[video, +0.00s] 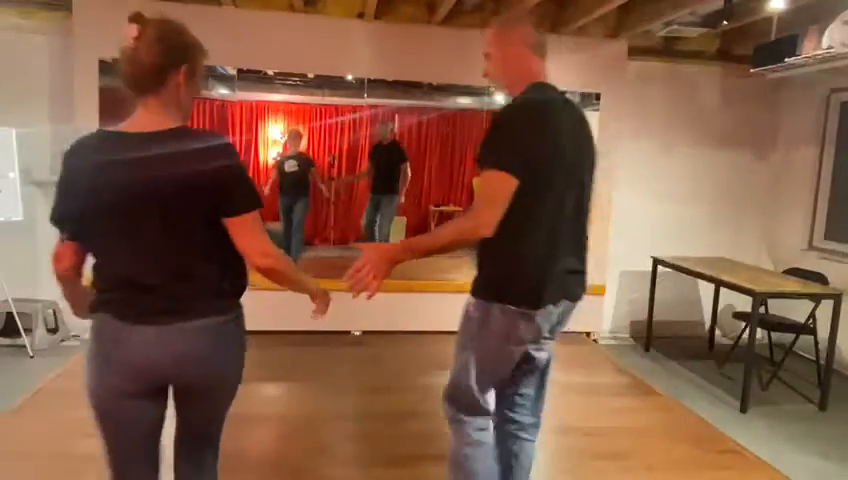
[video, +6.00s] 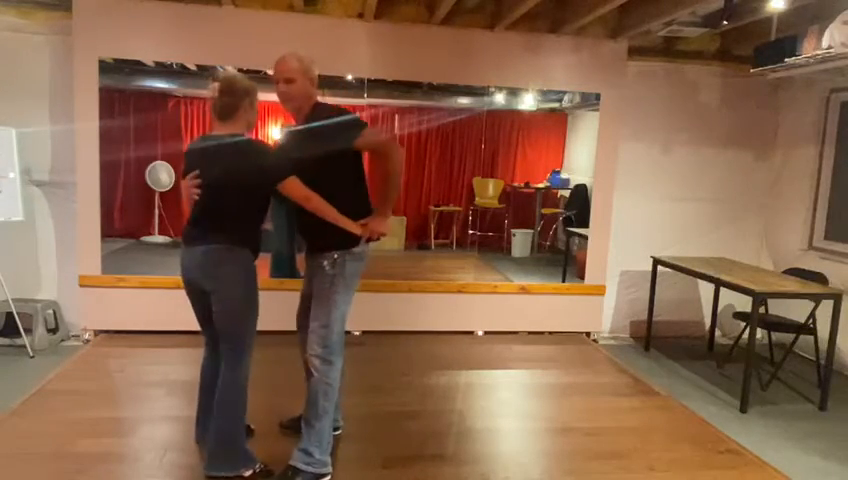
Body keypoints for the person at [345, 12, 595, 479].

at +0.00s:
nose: (486, 68)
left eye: (491, 56)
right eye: (486, 57)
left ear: (516, 52)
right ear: (530, 54)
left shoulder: (519, 118)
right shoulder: (572, 118)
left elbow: (482, 220)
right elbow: (557, 209)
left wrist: (396, 252)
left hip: (512, 292)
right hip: (559, 289)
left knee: (468, 405)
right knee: (518, 414)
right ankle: (512, 478)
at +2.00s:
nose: (333, 100)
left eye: (340, 94)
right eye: (332, 94)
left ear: (363, 96)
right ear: (336, 98)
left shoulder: (380, 137)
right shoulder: (341, 143)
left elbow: (396, 198)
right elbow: (311, 188)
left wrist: (352, 237)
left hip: (372, 250)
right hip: (342, 248)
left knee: (334, 334)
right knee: (330, 326)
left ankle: (318, 441)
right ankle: (355, 405)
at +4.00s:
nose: (301, 86)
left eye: (308, 76)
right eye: (298, 78)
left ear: (335, 76)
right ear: (315, 80)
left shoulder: (354, 127)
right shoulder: (325, 127)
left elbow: (390, 199)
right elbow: (320, 190)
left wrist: (348, 257)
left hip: (336, 262)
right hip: (321, 256)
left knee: (313, 364)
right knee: (325, 343)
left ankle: (314, 465)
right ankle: (339, 418)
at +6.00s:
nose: (281, 90)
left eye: (288, 82)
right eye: (277, 83)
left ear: (312, 82)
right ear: (276, 88)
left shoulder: (336, 120)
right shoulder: (292, 135)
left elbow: (390, 147)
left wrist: (383, 212)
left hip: (342, 250)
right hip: (317, 251)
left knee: (321, 350)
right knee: (312, 338)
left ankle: (313, 463)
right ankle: (323, 418)